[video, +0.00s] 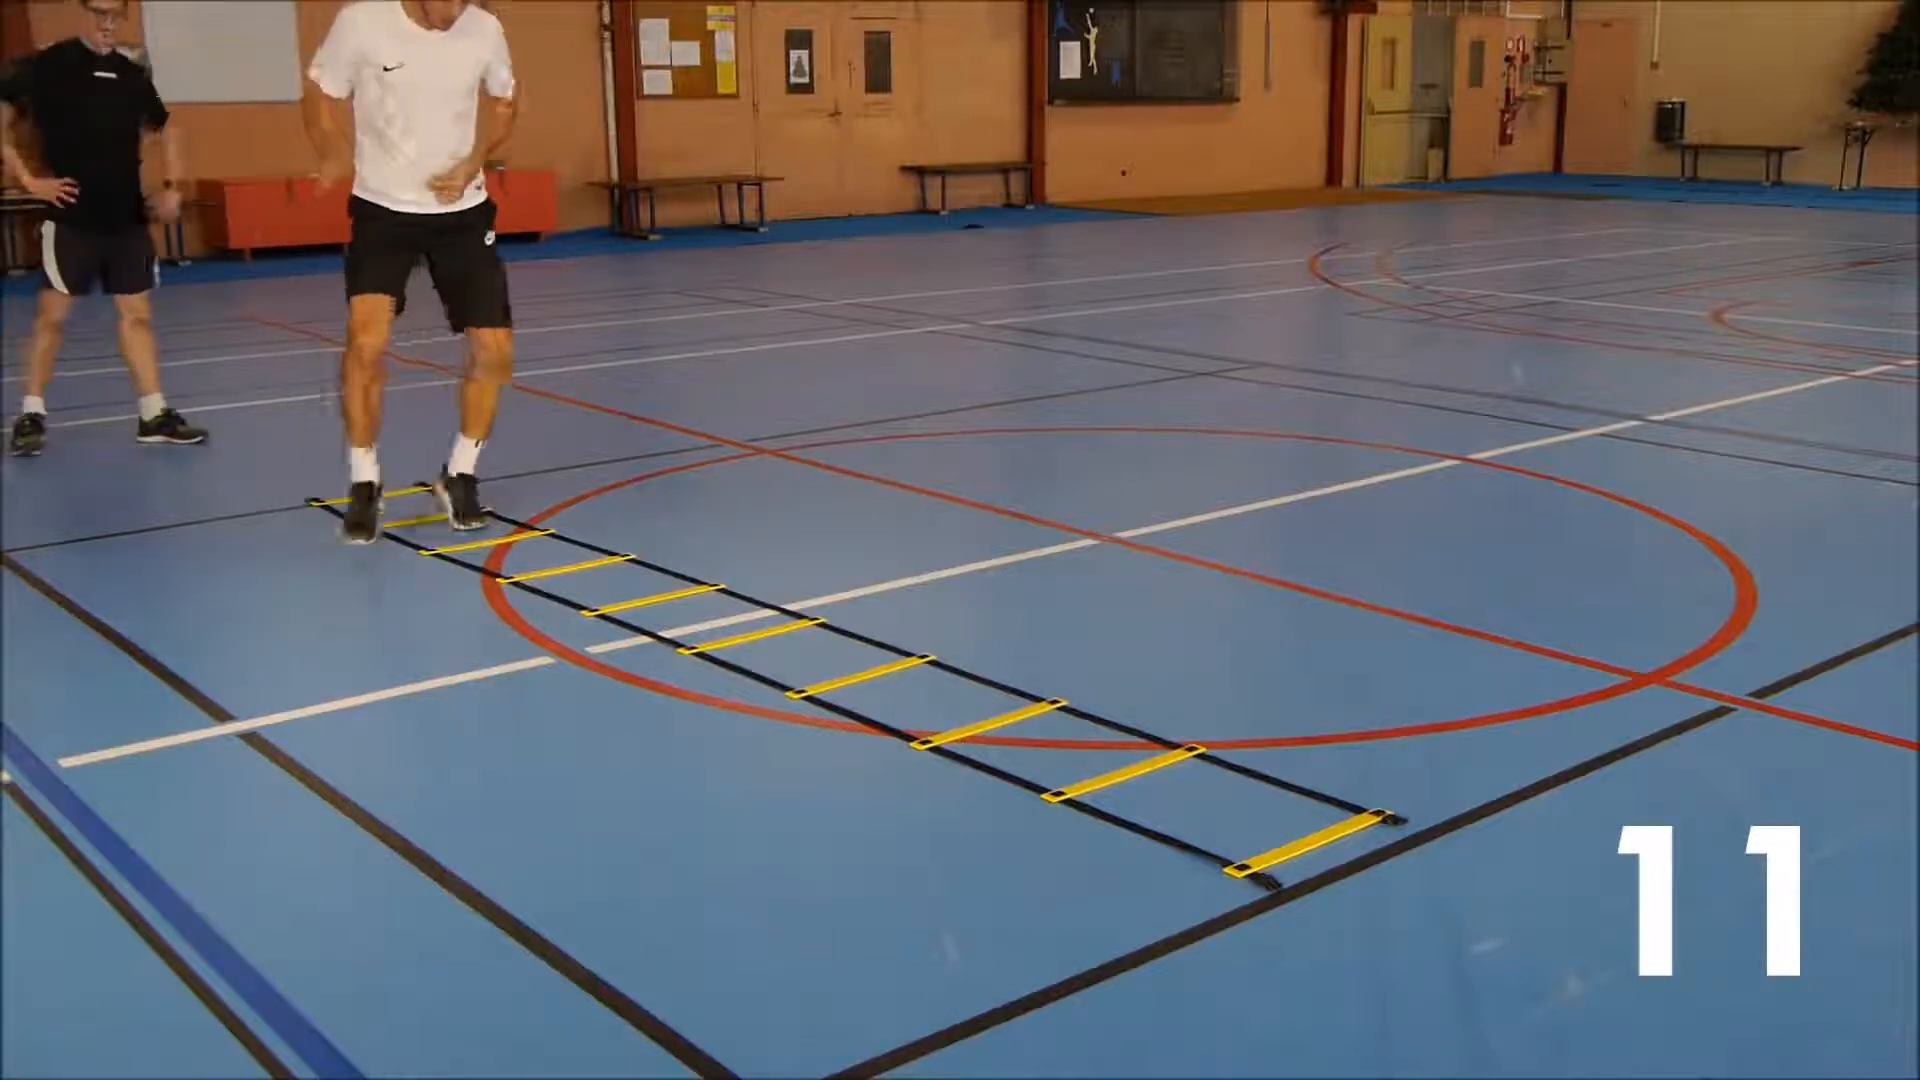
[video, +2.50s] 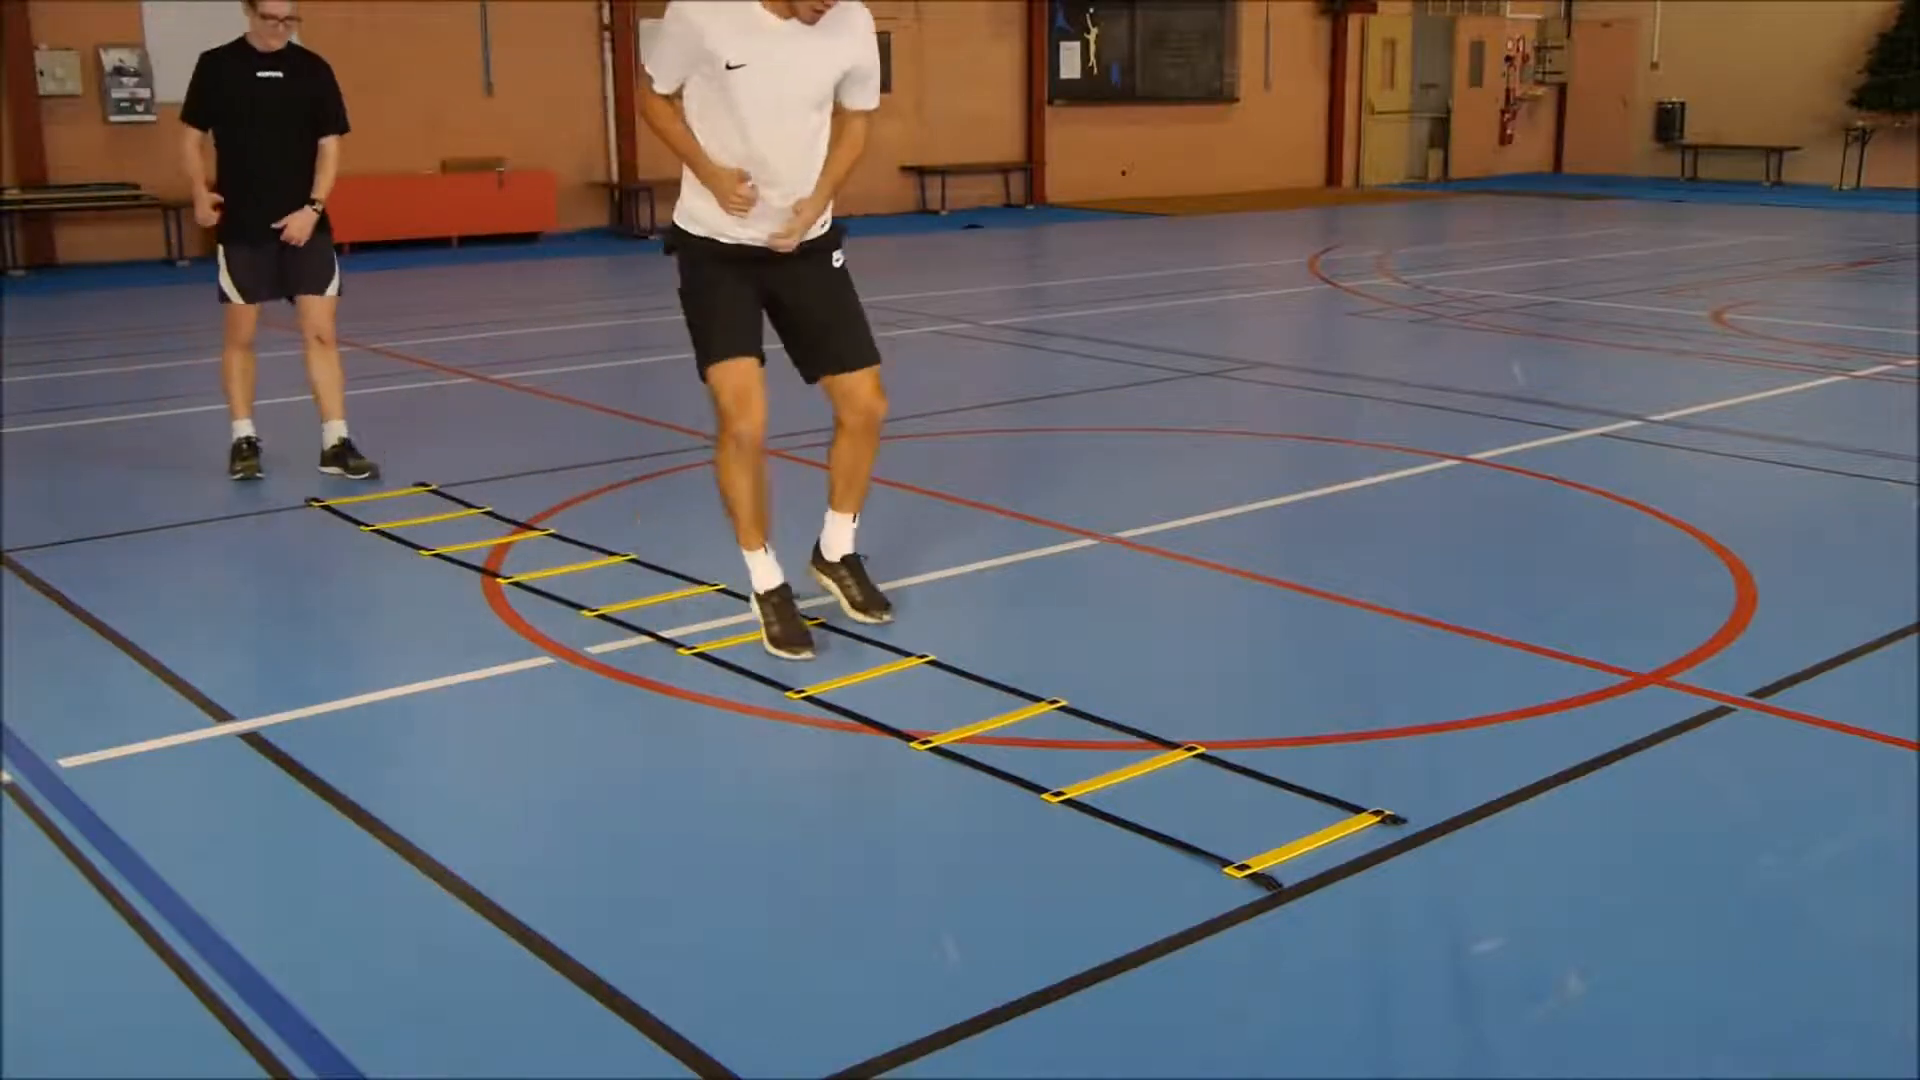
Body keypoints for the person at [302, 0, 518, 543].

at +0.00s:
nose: (452, 15)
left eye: (459, 8)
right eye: (445, 8)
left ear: (466, 1)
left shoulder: (484, 30)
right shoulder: (361, 22)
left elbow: (503, 103)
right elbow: (318, 88)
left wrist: (474, 163)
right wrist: (331, 155)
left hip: (463, 214)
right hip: (382, 212)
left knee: (495, 350)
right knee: (366, 345)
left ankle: (461, 473)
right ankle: (364, 481)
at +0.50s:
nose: (528, 16)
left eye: (535, 8)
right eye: (520, 8)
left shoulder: (554, 21)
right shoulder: (426, 27)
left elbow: (561, 98)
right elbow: (378, 92)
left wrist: (542, 152)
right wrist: (413, 182)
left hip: (536, 211)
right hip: (463, 220)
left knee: (581, 343)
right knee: (489, 364)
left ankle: (543, 475)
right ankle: (491, 508)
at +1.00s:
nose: (595, 16)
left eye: (603, 6)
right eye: (586, 5)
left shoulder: (629, 33)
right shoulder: (492, 25)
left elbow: (637, 117)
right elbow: (449, 104)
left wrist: (601, 171)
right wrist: (494, 162)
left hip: (598, 224)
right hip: (512, 223)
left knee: (646, 369)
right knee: (494, 370)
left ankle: (643, 510)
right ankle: (489, 498)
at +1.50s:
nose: (658, 16)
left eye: (663, 9)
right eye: (650, 9)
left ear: (666, 1)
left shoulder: (677, 25)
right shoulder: (548, 26)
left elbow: (676, 106)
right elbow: (492, 107)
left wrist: (656, 170)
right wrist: (574, 158)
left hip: (647, 234)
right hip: (565, 240)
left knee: (726, 359)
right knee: (545, 400)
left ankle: (656, 491)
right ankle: (489, 557)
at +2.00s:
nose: (721, 1)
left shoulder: (763, 14)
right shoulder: (613, 10)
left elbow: (767, 102)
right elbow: (568, 77)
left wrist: (726, 168)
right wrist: (614, 155)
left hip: (718, 226)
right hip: (633, 229)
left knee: (754, 383)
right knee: (654, 394)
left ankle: (696, 541)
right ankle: (651, 547)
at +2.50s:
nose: (822, 6)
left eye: (829, 3)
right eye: (813, 2)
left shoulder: (853, 24)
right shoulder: (698, 17)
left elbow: (854, 118)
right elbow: (654, 98)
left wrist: (818, 198)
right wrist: (708, 169)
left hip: (807, 242)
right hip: (714, 244)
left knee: (864, 405)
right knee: (744, 420)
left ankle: (835, 551)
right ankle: (767, 585)